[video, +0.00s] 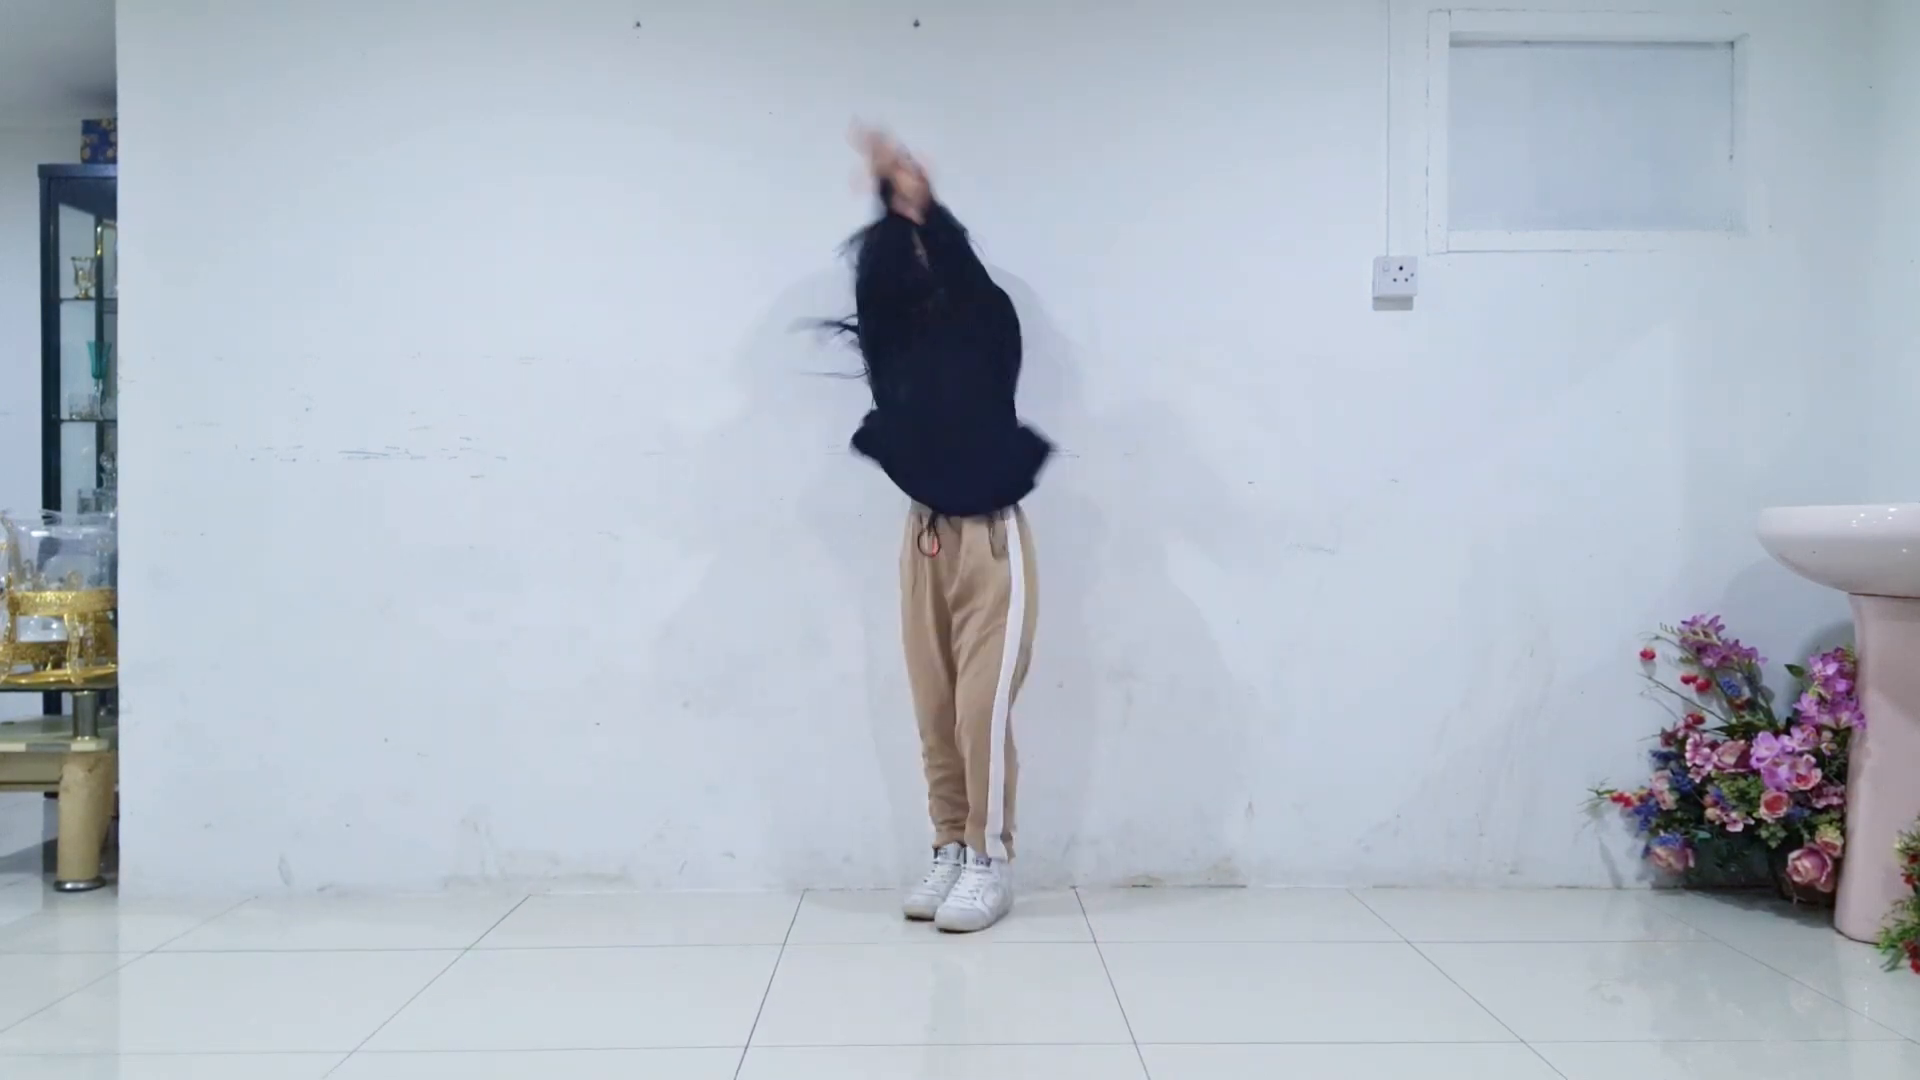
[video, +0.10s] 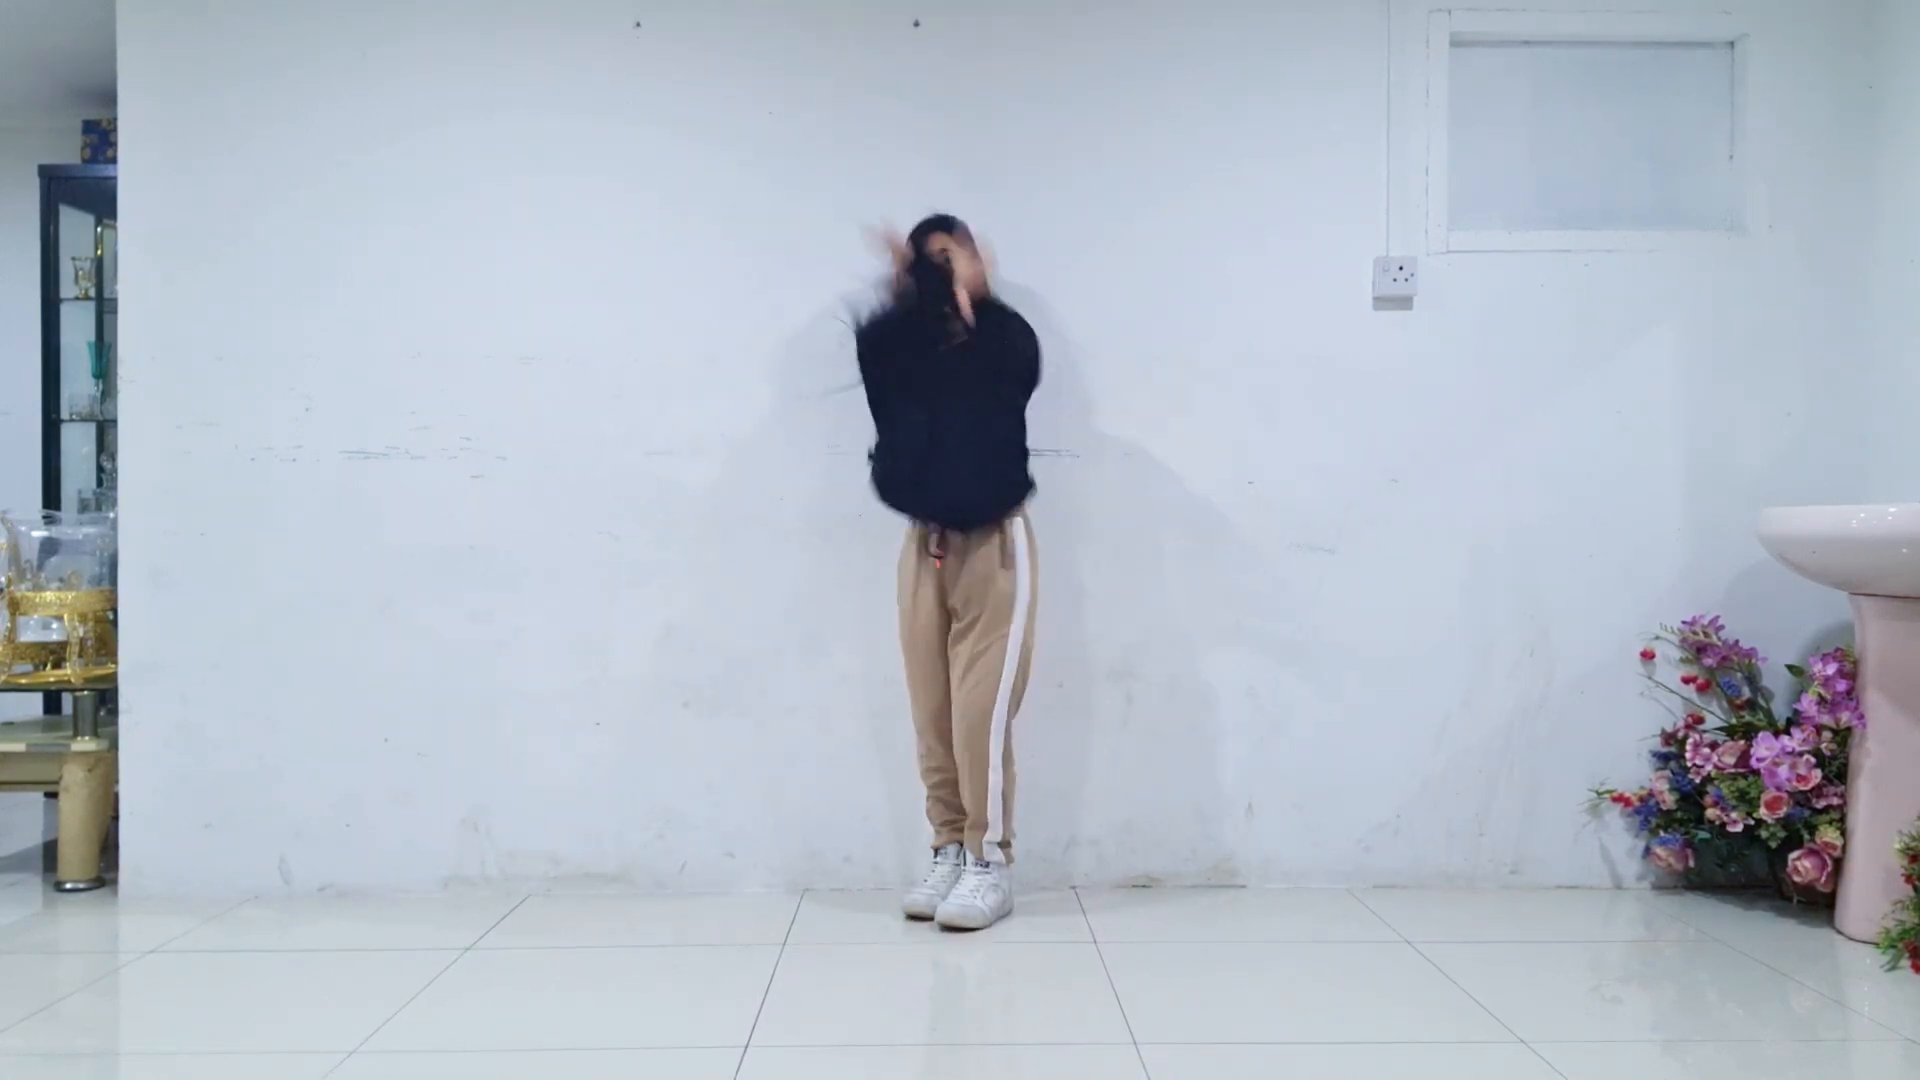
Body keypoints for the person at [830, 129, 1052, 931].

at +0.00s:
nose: (919, 256)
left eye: (930, 244)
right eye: (897, 245)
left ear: (948, 251)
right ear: (884, 270)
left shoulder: (987, 318)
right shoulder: (891, 336)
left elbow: (959, 268)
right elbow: (876, 278)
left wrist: (926, 205)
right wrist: (891, 210)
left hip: (994, 536)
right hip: (922, 533)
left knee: (981, 705)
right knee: (934, 706)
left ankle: (989, 864)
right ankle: (950, 856)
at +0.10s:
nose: (945, 262)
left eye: (956, 249)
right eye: (930, 256)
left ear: (981, 263)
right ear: (914, 273)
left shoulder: (1006, 334)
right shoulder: (893, 339)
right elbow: (876, 342)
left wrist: (976, 298)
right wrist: (902, 288)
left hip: (996, 542)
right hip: (922, 543)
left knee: (980, 706)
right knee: (931, 707)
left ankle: (989, 865)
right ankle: (950, 856)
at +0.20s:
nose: (944, 276)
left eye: (958, 264)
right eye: (930, 267)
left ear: (983, 278)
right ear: (912, 285)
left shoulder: (1015, 361)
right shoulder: (896, 367)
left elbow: (1059, 399)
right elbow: (861, 419)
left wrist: (996, 371)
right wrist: (918, 378)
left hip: (1004, 558)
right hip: (928, 557)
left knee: (985, 710)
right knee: (927, 714)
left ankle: (991, 867)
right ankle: (945, 859)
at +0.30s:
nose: (952, 278)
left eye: (967, 266)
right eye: (938, 269)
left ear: (992, 281)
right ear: (921, 289)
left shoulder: (1031, 370)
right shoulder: (906, 382)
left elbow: (1082, 462)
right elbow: (879, 471)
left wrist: (1019, 473)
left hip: (1018, 572)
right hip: (935, 576)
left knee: (999, 722)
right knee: (907, 710)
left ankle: (991, 864)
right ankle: (936, 835)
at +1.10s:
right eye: (1035, 278)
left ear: (963, 287)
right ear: (1035, 283)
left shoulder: (939, 362)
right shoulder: (1067, 350)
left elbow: (878, 417)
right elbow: (1135, 405)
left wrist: (949, 414)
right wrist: (1086, 460)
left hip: (941, 562)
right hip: (1025, 558)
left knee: (947, 723)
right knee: (1066, 720)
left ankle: (956, 884)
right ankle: (1103, 877)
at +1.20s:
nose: (949, 294)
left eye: (953, 284)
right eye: (955, 283)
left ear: (963, 289)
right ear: (1027, 287)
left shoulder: (935, 350)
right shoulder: (1053, 350)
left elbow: (886, 390)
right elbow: (1140, 398)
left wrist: (873, 350)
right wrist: (1076, 461)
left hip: (952, 560)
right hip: (1033, 549)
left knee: (961, 718)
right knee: (1059, 711)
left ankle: (993, 887)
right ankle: (1084, 873)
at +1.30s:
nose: (932, 269)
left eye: (944, 257)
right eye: (937, 255)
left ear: (978, 275)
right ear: (1000, 279)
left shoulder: (965, 347)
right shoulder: (1032, 350)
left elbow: (950, 387)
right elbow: (1076, 410)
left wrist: (910, 336)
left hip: (980, 561)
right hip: (1035, 545)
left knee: (995, 718)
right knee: (1046, 713)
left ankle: (1019, 883)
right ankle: (1080, 875)